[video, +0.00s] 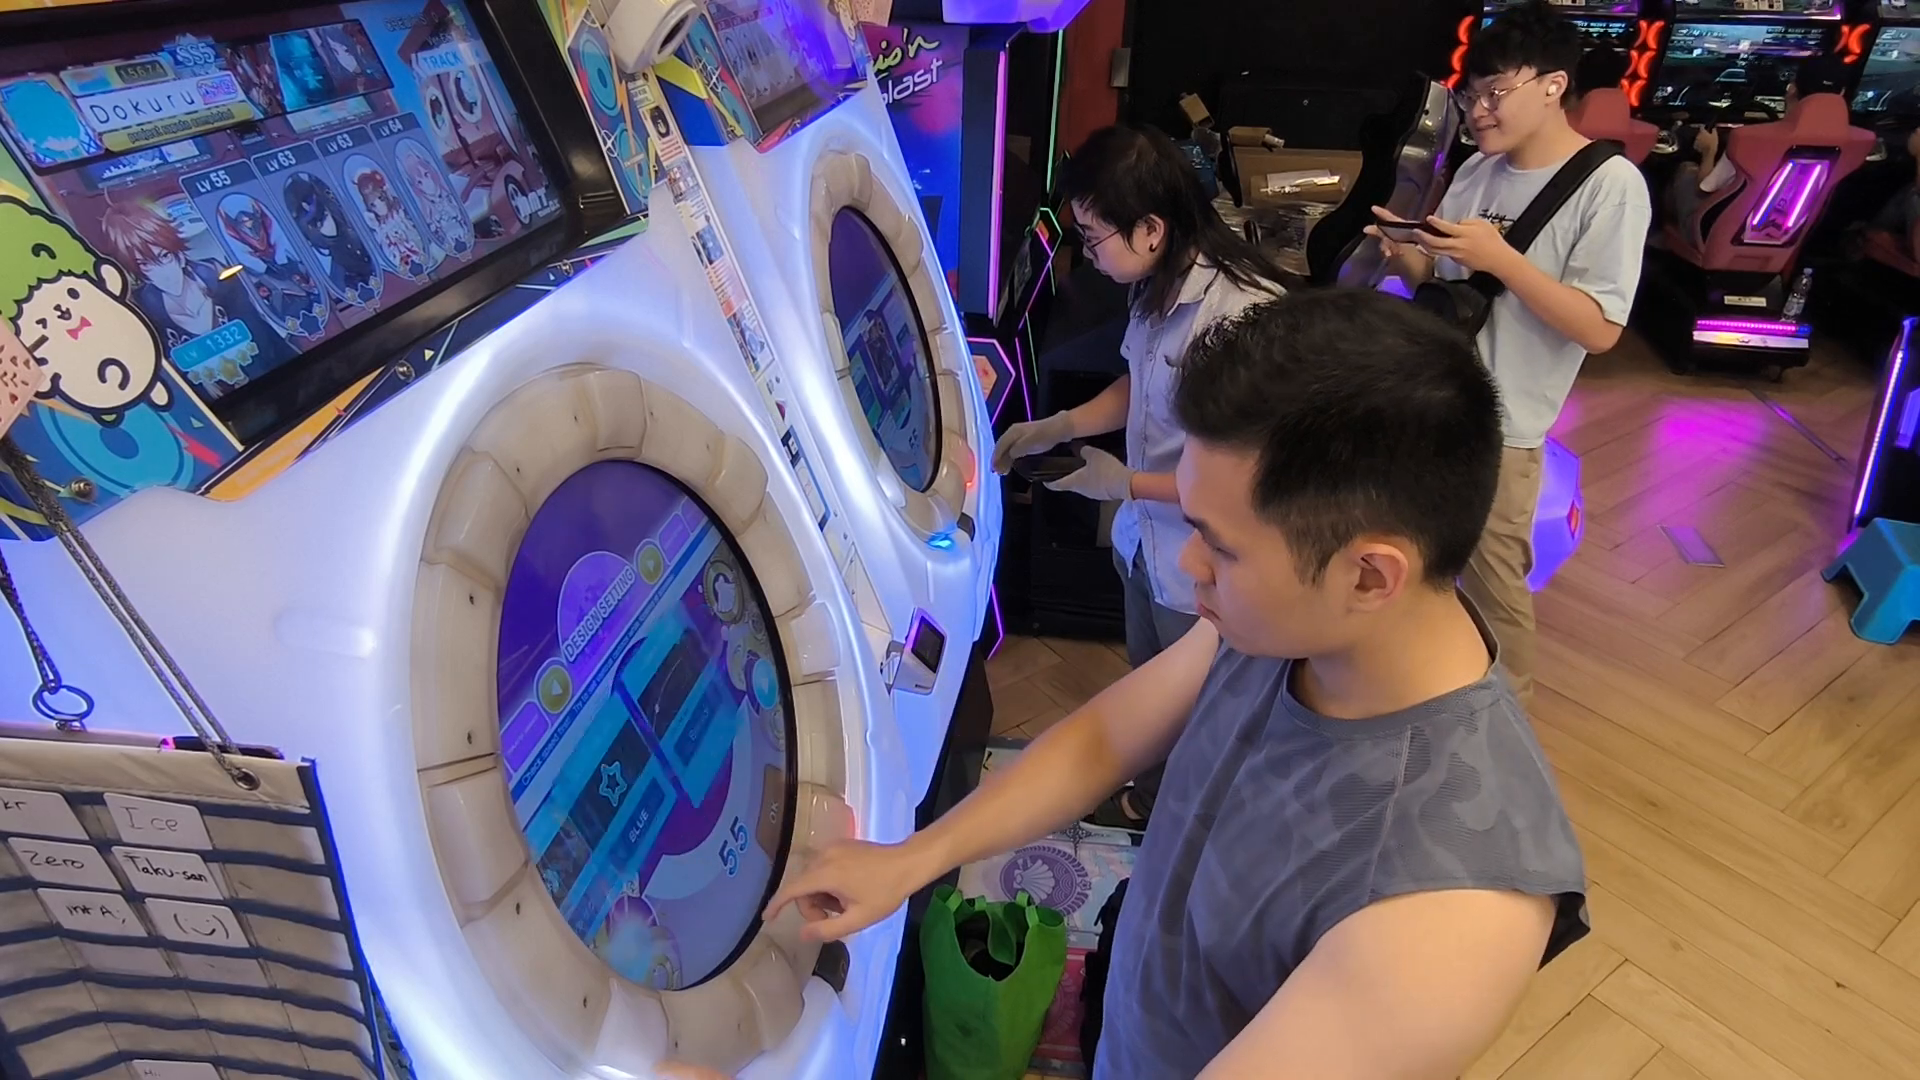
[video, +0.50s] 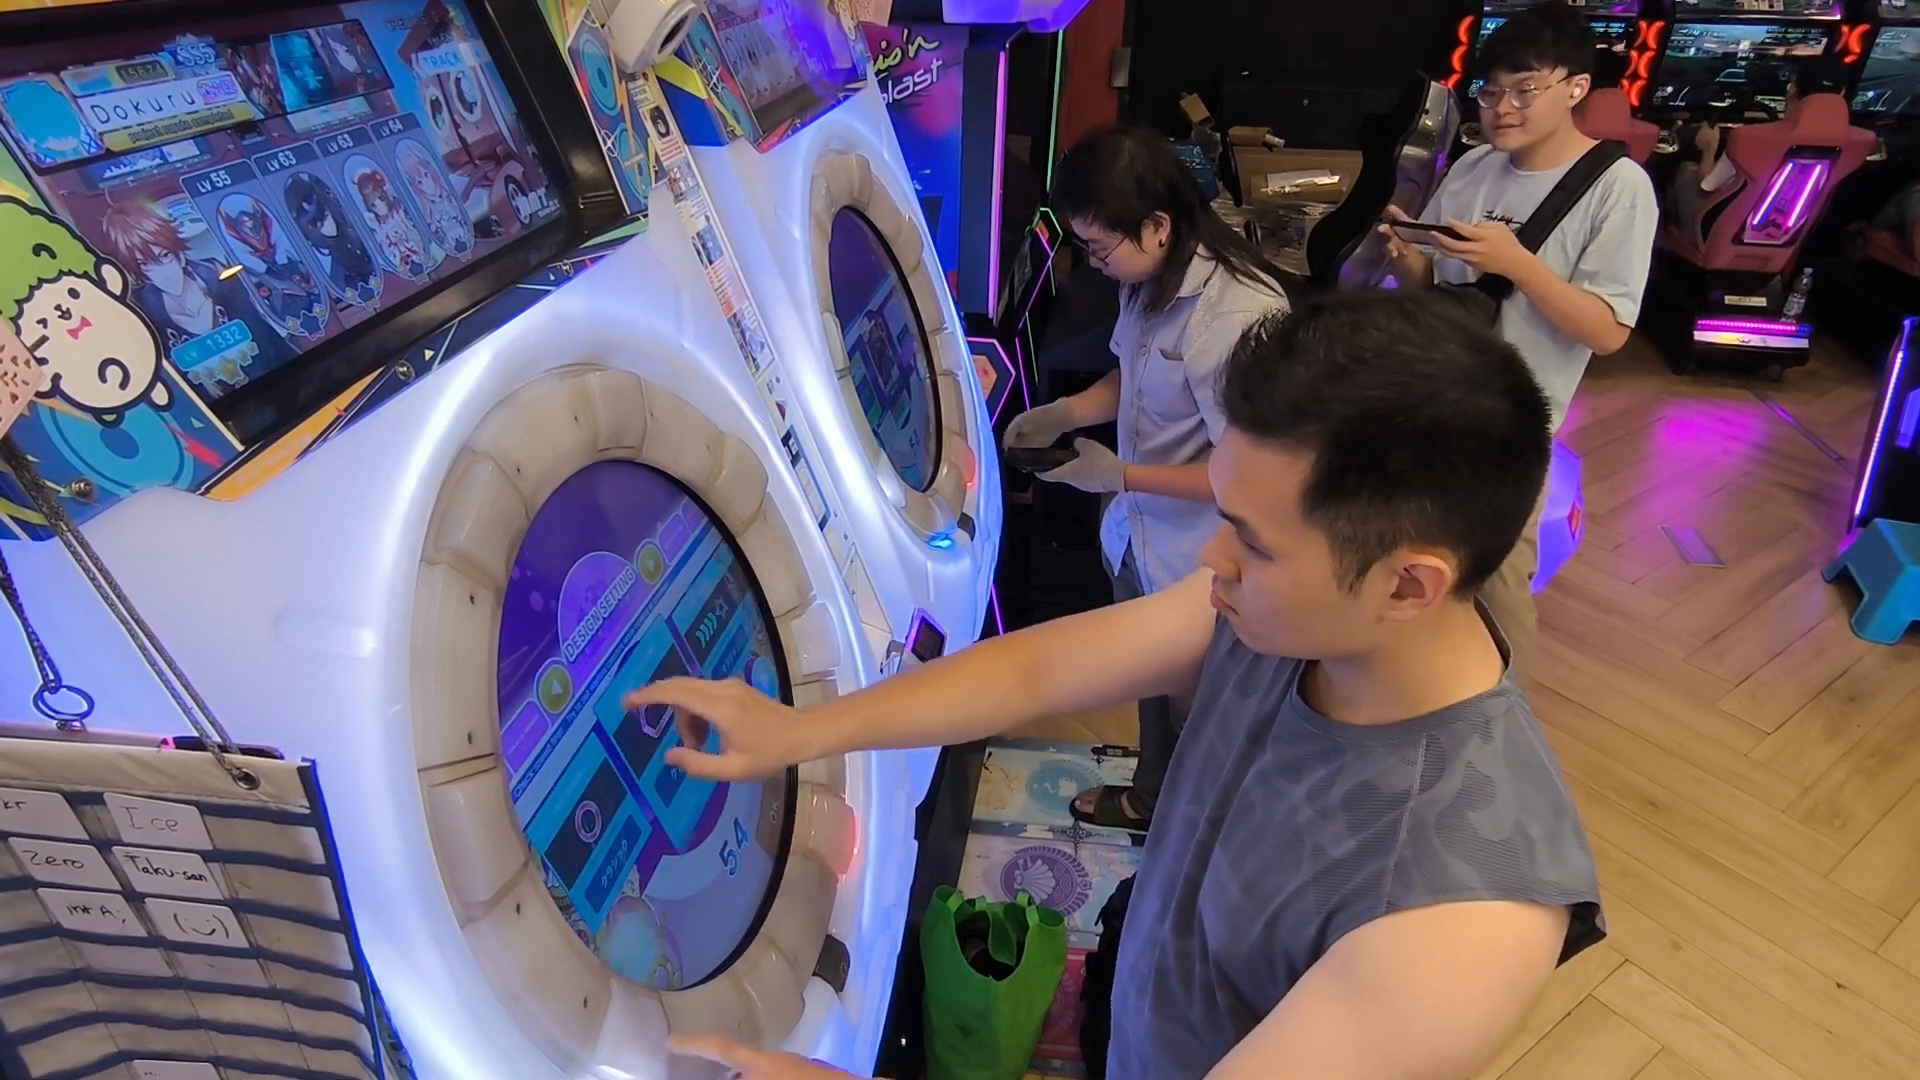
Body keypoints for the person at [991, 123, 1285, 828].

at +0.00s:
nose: (1089, 252)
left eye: (1096, 237)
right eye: (1084, 237)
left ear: (1151, 231)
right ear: (1146, 231)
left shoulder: (1232, 323)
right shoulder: (1157, 289)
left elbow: (1244, 487)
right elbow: (1138, 391)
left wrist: (1129, 483)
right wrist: (1054, 430)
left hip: (1200, 550)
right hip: (1145, 528)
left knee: (1190, 699)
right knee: (1146, 679)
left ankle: (1179, 815)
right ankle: (1143, 792)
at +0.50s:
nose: (1093, 259)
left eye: (1101, 244)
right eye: (1085, 244)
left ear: (1158, 229)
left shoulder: (1235, 322)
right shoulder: (1148, 278)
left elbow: (1242, 476)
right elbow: (1133, 383)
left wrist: (1119, 475)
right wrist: (1063, 413)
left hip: (1203, 544)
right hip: (1143, 521)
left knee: (1193, 687)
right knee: (1148, 671)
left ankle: (1186, 807)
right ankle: (1152, 787)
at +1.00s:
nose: (1130, 233)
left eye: (1152, 214)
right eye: (1117, 212)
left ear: (1207, 212)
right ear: (1105, 209)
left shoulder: (1247, 324)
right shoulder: (1145, 284)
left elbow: (1259, 481)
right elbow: (1124, 379)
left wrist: (1134, 479)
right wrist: (1043, 414)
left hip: (1202, 567)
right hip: (1135, 534)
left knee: (1187, 706)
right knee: (1145, 684)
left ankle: (1173, 817)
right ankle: (1151, 789)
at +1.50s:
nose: (1133, 257)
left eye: (1152, 241)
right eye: (1122, 238)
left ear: (1212, 222)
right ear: (1111, 218)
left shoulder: (1260, 329)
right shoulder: (1152, 282)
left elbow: (1262, 486)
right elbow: (1135, 375)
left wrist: (1138, 476)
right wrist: (1088, 406)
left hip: (1211, 557)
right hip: (1145, 527)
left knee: (1198, 703)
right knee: (1151, 675)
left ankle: (1195, 836)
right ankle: (1153, 795)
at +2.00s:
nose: (1129, 285)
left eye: (1139, 272)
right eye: (1119, 272)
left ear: (1193, 251)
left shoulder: (1261, 333)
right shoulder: (1167, 291)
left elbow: (1265, 490)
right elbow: (1150, 381)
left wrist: (1142, 465)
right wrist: (1098, 403)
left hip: (1218, 545)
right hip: (1153, 523)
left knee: (1205, 688)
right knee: (1150, 671)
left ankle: (1201, 816)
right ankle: (1152, 791)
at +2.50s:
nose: (1129, 300)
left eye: (1138, 288)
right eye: (1120, 289)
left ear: (1192, 264)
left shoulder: (1262, 336)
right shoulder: (1167, 300)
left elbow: (1253, 489)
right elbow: (1147, 385)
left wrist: (1140, 463)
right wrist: (1096, 402)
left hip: (1205, 552)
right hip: (1144, 530)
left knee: (1184, 696)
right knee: (1143, 683)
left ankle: (1167, 809)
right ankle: (1144, 794)